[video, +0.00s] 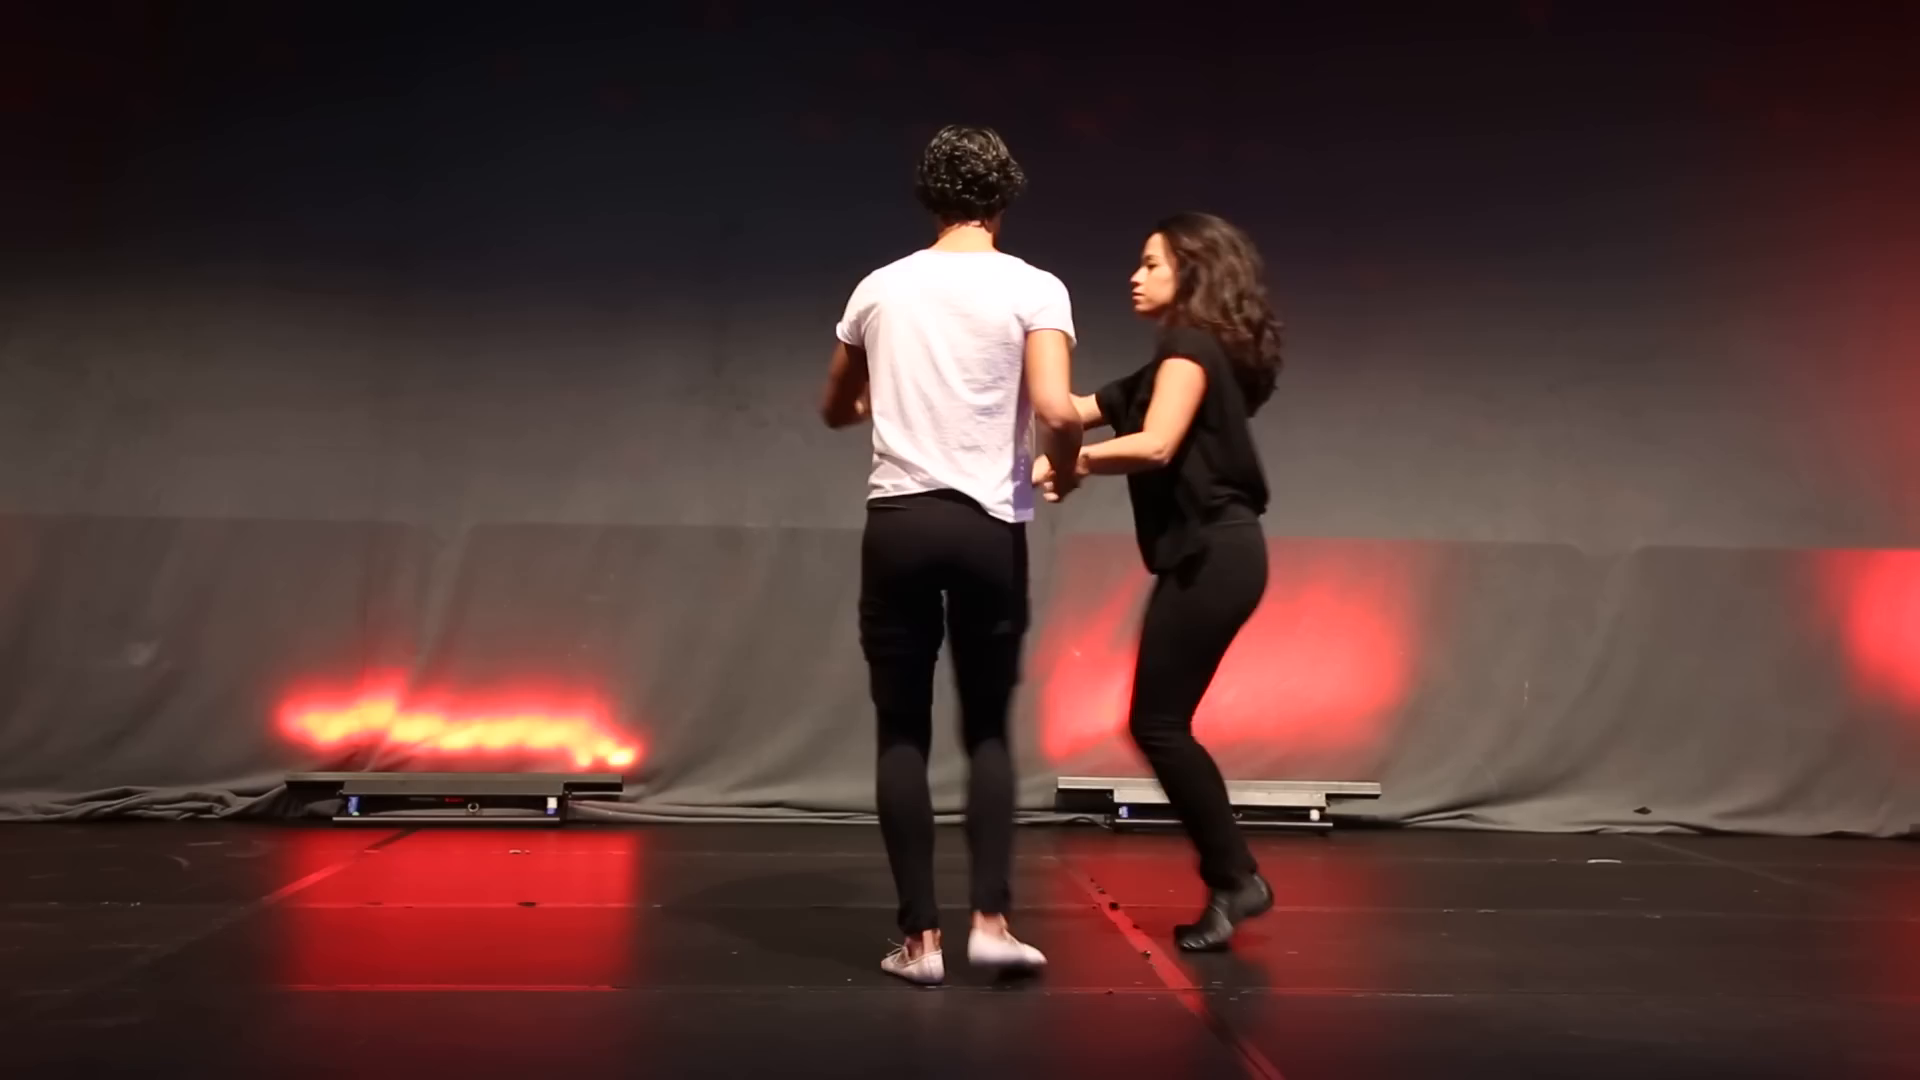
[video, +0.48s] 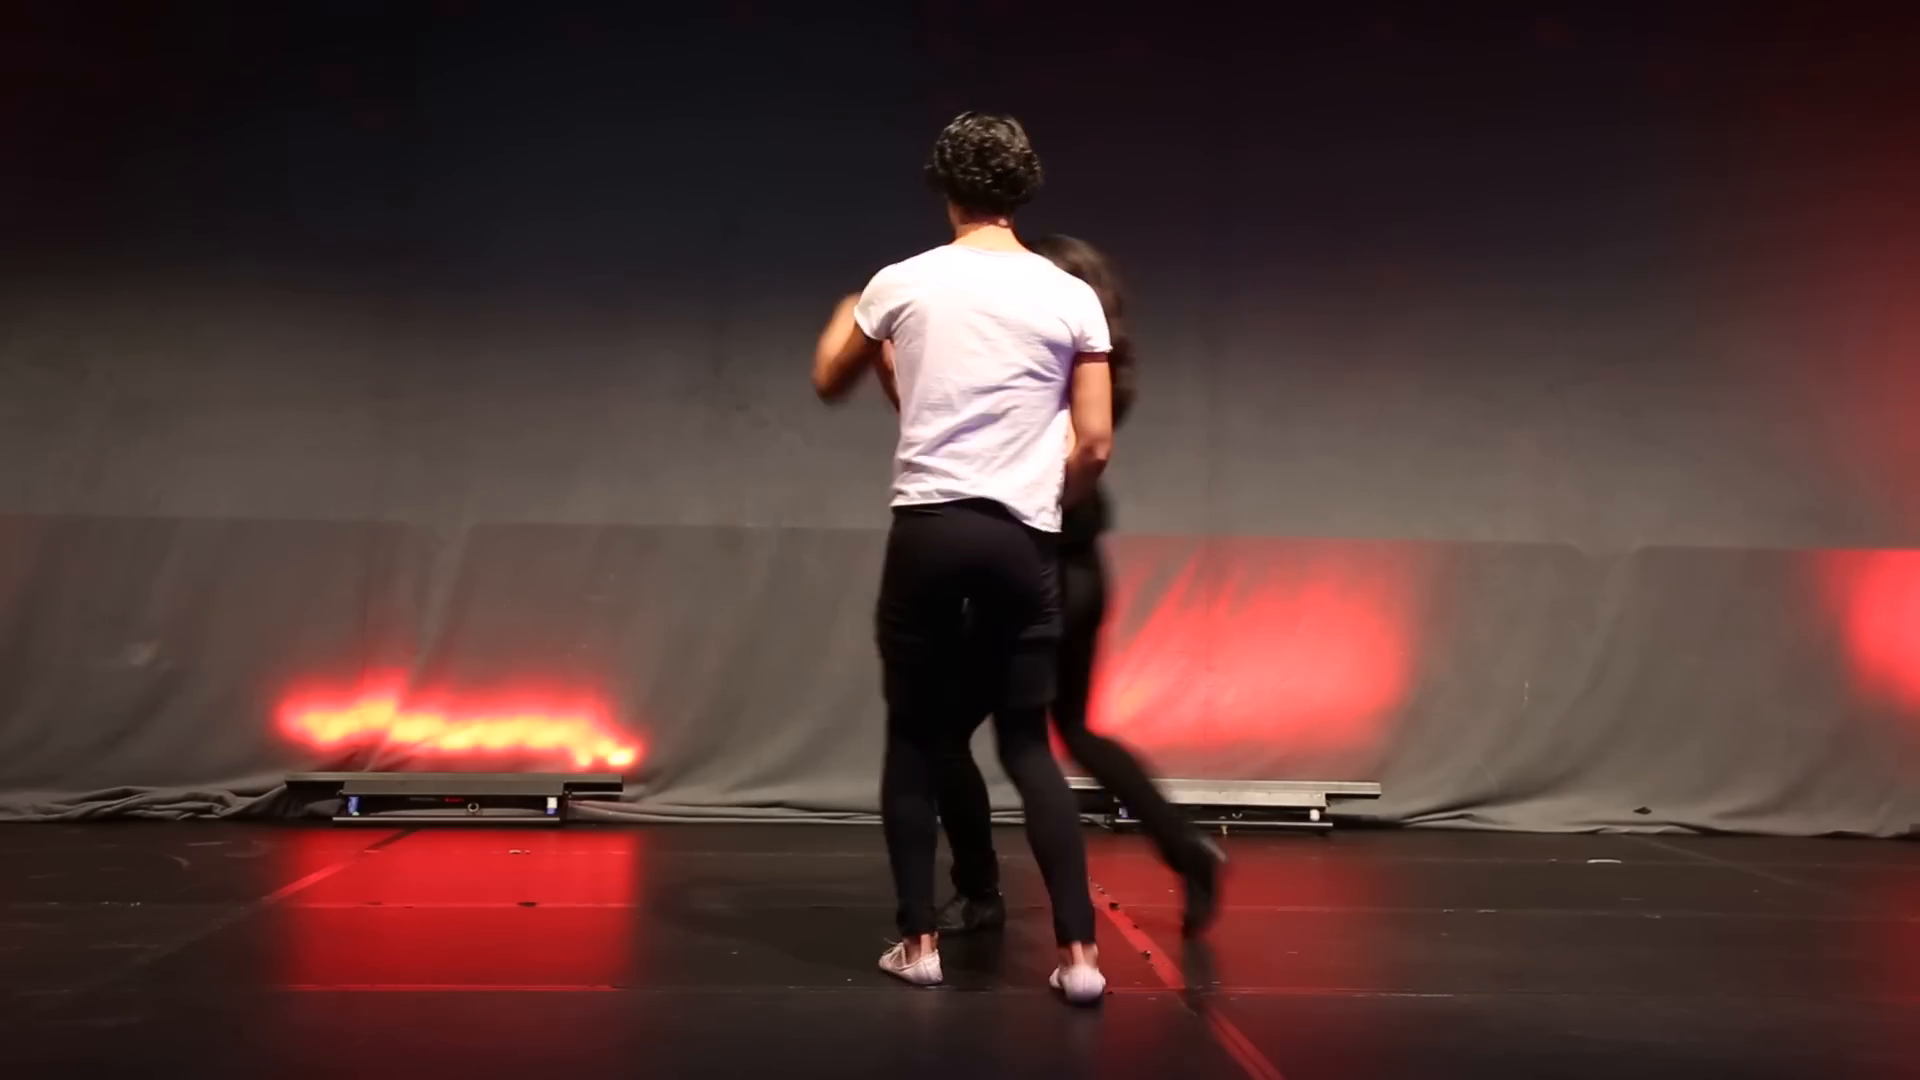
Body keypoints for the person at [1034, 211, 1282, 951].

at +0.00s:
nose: (1136, 276)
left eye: (1150, 264)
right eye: (1140, 264)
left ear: (1192, 274)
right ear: (1181, 276)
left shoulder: (1193, 346)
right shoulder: (1177, 351)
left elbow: (1157, 443)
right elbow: (1088, 410)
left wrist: (1075, 463)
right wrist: (1049, 449)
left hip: (1215, 558)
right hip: (1204, 558)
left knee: (1160, 724)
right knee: (1159, 724)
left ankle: (1236, 881)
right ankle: (1231, 880)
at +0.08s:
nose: (1120, 279)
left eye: (1135, 267)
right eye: (1125, 267)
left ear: (1176, 276)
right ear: (1174, 279)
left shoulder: (1163, 349)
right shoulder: (1187, 350)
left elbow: (1148, 448)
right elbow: (1110, 424)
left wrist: (1061, 474)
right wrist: (1068, 432)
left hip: (1191, 562)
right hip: (1224, 559)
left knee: (1097, 714)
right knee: (1185, 724)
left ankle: (1172, 870)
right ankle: (1247, 888)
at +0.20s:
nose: (1093, 291)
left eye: (1107, 279)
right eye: (1097, 278)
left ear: (1147, 287)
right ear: (1155, 290)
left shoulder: (1127, 356)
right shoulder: (1167, 360)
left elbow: (1131, 452)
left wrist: (1043, 491)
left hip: (1156, 574)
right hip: (1208, 572)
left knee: (1037, 705)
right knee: (1210, 737)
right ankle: (1251, 907)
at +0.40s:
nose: (1039, 303)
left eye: (1049, 289)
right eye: (1045, 288)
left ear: (1070, 300)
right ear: (1122, 299)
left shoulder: (1063, 371)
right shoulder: (1129, 367)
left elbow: (1073, 456)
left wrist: (1027, 504)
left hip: (1068, 578)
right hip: (1130, 571)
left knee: (966, 720)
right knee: (1150, 734)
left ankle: (977, 889)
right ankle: (1230, 887)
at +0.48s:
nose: (1012, 299)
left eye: (1026, 283)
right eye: (1019, 283)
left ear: (1048, 293)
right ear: (1102, 297)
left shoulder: (1027, 356)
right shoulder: (1103, 359)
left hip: (1017, 563)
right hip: (1077, 564)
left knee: (943, 733)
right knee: (1076, 723)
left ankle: (978, 891)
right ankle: (1191, 853)